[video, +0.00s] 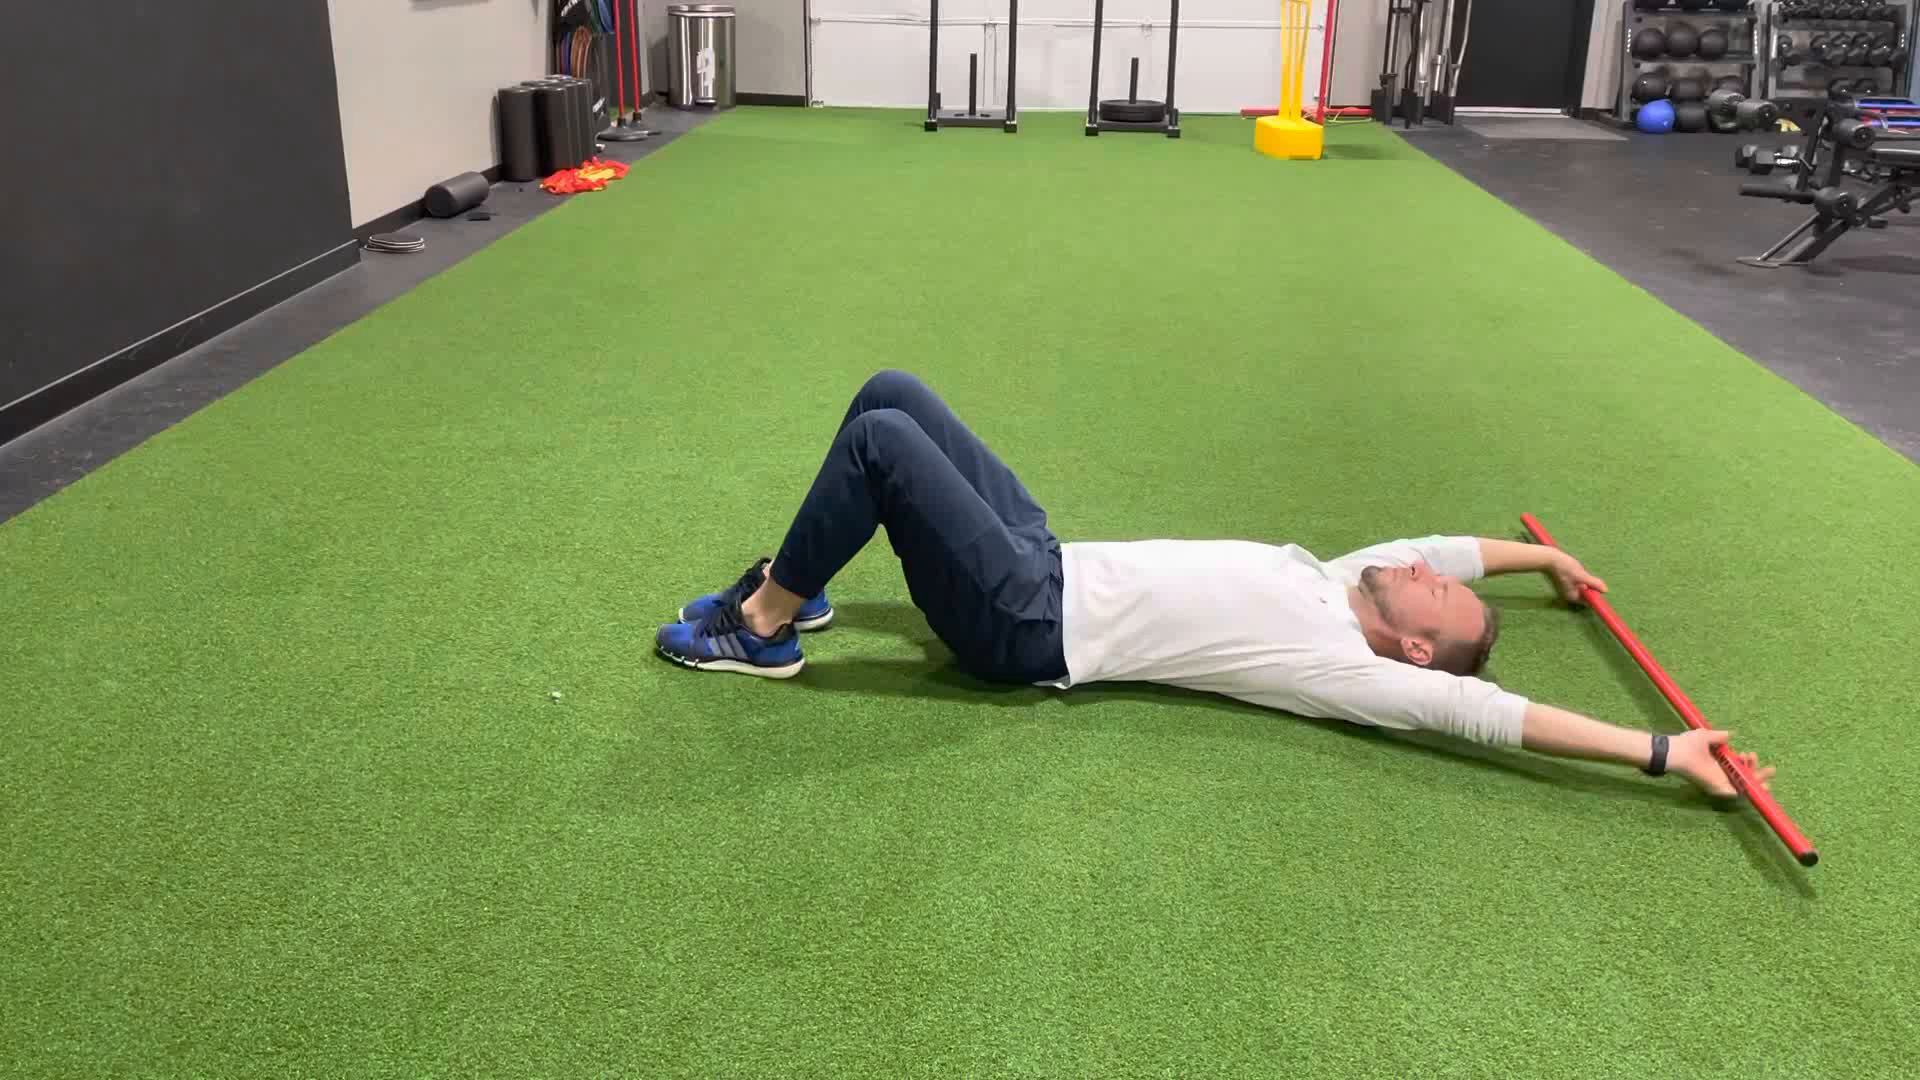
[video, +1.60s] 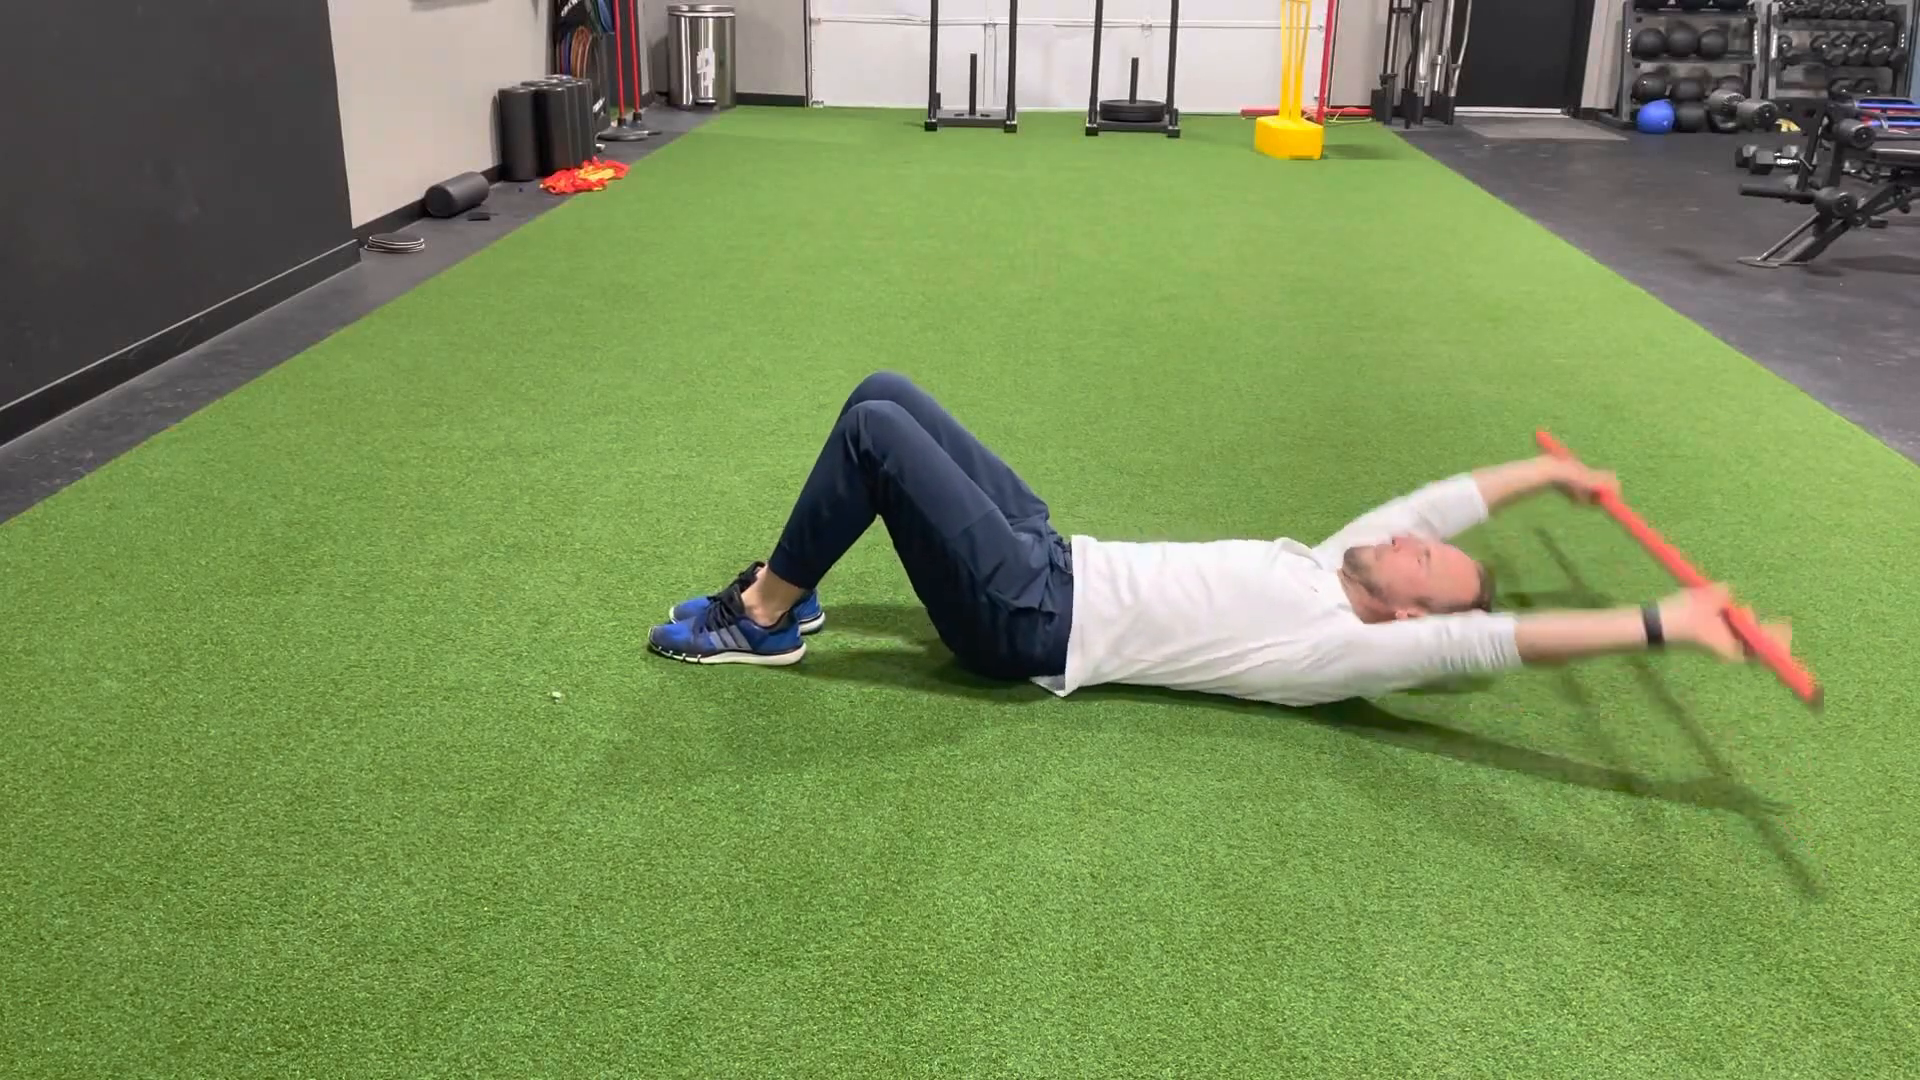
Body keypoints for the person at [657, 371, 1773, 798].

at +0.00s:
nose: (1423, 570)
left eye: (1436, 585)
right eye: (1437, 573)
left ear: (1427, 643)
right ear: (1417, 586)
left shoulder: (1347, 669)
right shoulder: (1339, 588)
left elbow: (1501, 718)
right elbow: (1433, 551)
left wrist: (1663, 748)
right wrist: (1554, 562)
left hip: (1037, 620)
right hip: (1056, 558)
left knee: (879, 426)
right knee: (893, 393)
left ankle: (778, 608)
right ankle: (787, 585)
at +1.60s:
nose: (1417, 534)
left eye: (1436, 552)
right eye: (1433, 530)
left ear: (1431, 604)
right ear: (1409, 543)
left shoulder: (1342, 649)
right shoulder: (1332, 566)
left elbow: (1504, 639)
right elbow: (1432, 502)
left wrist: (1666, 619)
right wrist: (1546, 465)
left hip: (1041, 614)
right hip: (1059, 555)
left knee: (878, 416)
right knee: (883, 397)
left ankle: (770, 610)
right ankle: (776, 588)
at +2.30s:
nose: (1081, 329)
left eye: (1092, 318)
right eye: (1083, 309)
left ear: (1140, 346)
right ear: (1143, 348)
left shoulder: (1147, 422)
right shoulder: (1153, 396)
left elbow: (1046, 311)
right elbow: (1055, 272)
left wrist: (970, 176)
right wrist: (984, 147)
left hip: (1017, 616)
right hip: (1027, 563)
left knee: (871, 419)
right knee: (885, 391)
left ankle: (764, 611)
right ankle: (777, 585)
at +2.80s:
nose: (970, 298)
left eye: (979, 285)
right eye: (972, 281)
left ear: (1027, 295)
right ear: (1032, 292)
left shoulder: (1038, 370)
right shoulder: (1057, 343)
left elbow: (928, 273)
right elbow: (955, 211)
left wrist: (834, 140)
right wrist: (896, 87)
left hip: (988, 621)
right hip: (1002, 557)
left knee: (846, 425)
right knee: (867, 390)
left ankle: (748, 616)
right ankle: (776, 588)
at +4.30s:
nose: (1440, 572)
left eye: (1453, 588)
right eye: (1452, 573)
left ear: (1442, 639)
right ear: (1432, 580)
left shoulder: (1379, 661)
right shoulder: (1361, 584)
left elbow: (1534, 709)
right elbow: (1450, 552)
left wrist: (1698, 735)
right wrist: (1562, 544)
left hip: (1062, 617)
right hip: (1074, 559)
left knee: (892, 421)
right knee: (896, 405)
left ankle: (783, 610)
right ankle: (787, 580)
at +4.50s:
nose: (1440, 574)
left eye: (1452, 590)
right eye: (1451, 575)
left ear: (1443, 640)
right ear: (1431, 579)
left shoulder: (1376, 659)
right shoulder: (1358, 584)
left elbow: (1539, 710)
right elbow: (1447, 558)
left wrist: (1700, 734)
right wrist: (1562, 553)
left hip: (1059, 616)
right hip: (1072, 561)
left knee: (891, 420)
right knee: (895, 406)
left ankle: (783, 611)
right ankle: (787, 580)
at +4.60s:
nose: (1440, 574)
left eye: (1454, 591)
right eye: (1452, 573)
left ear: (1446, 641)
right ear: (1431, 575)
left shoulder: (1377, 662)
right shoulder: (1359, 584)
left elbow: (1537, 705)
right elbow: (1447, 551)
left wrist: (1703, 725)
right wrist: (1556, 537)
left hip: (1064, 615)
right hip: (1075, 556)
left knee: (891, 423)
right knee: (894, 406)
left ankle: (782, 611)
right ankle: (785, 581)